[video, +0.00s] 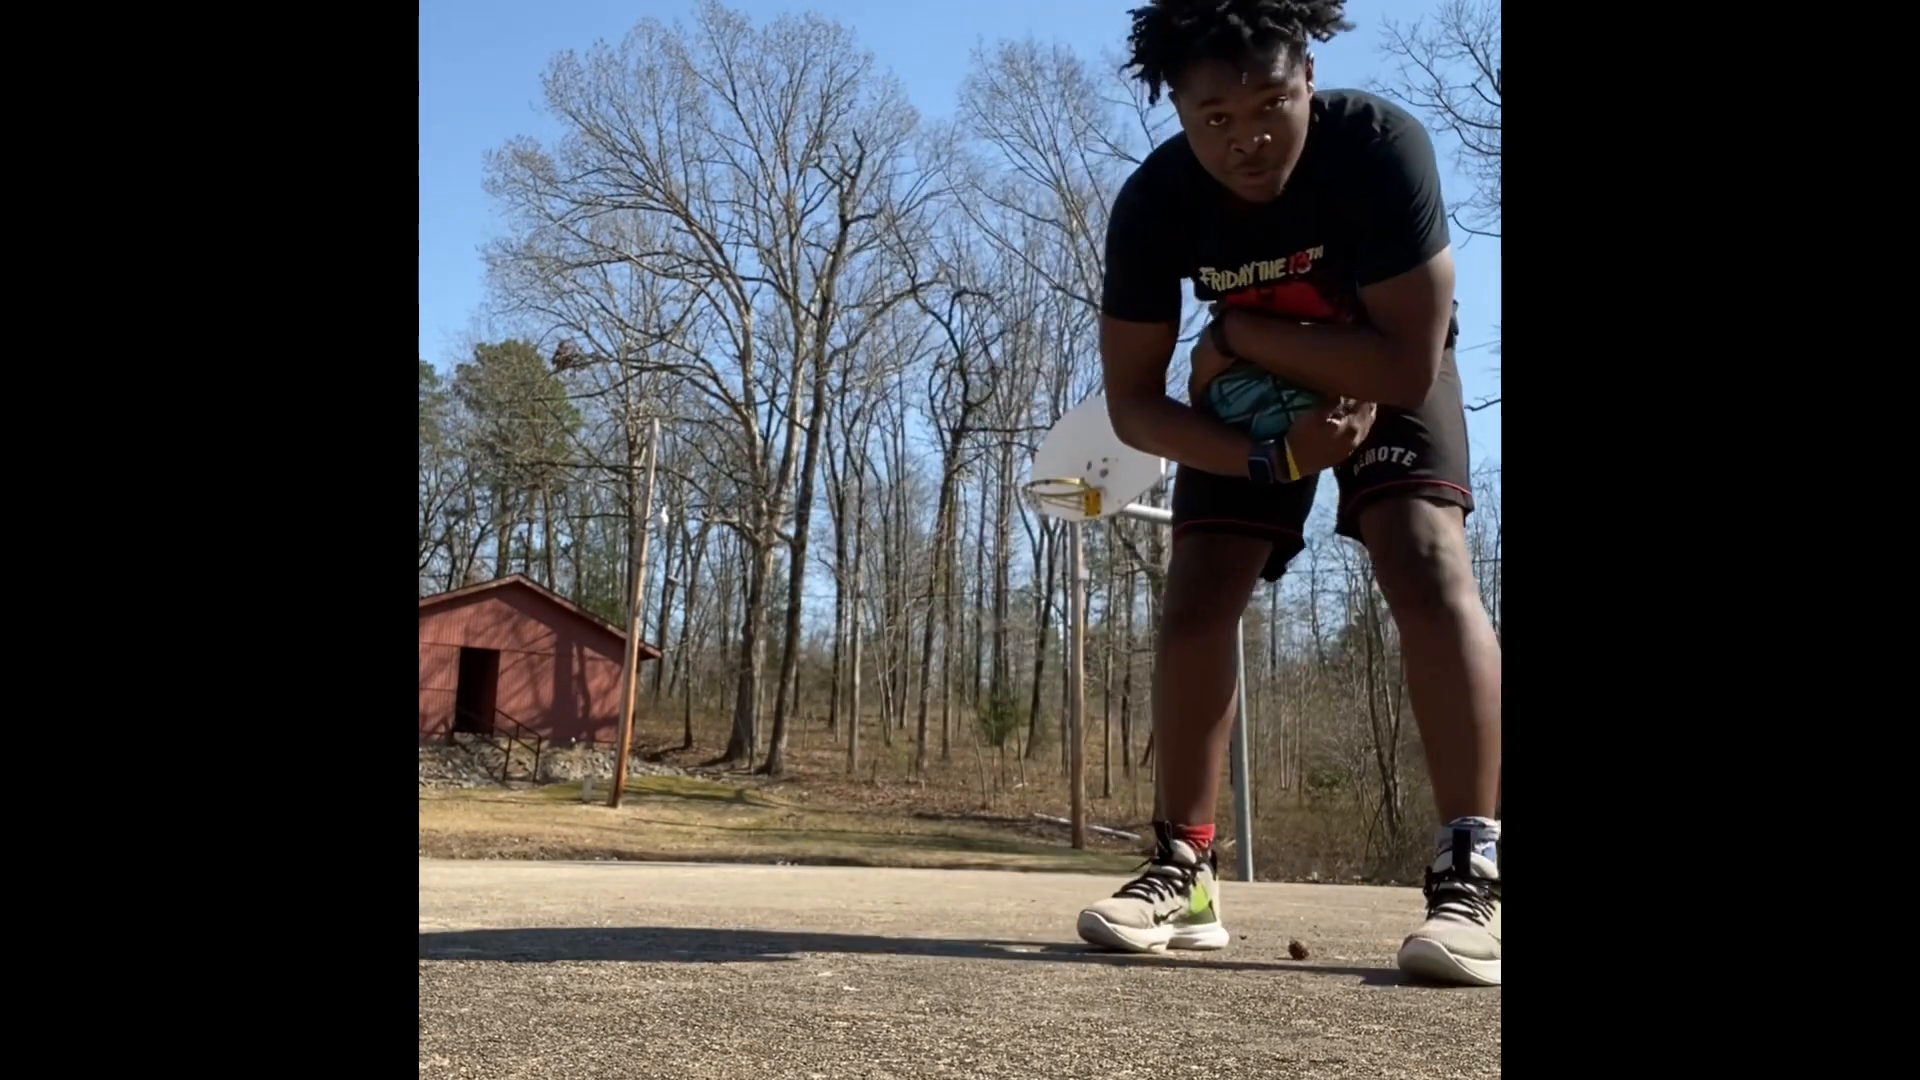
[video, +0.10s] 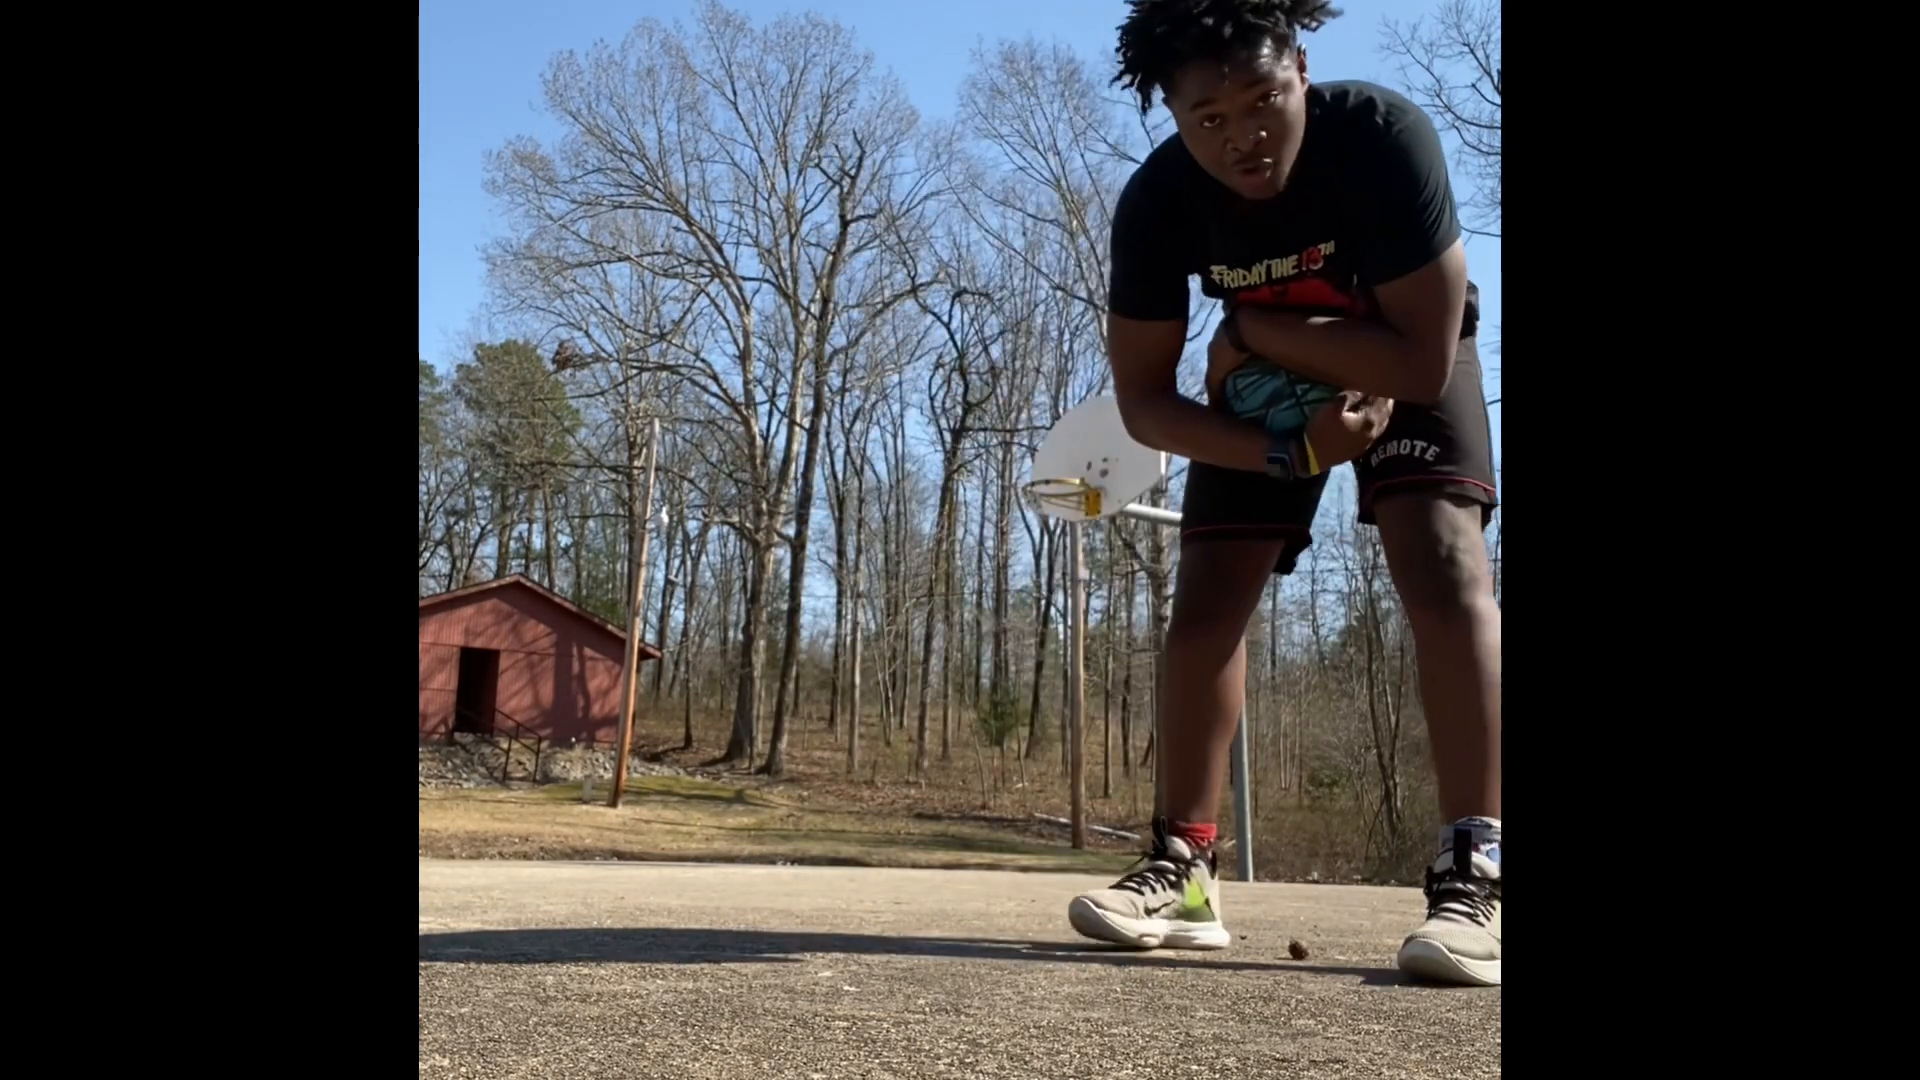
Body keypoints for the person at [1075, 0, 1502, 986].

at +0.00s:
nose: (1247, 141)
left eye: (1268, 108)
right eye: (1214, 118)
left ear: (1307, 75)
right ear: (1175, 105)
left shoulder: (1379, 148)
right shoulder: (1152, 202)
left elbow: (1406, 373)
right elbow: (1131, 406)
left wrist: (1233, 336)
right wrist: (1274, 456)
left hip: (1387, 366)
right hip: (1248, 379)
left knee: (1426, 563)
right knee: (1195, 600)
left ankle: (1470, 881)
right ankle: (1182, 876)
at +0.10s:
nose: (1243, 140)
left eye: (1261, 106)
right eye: (1209, 119)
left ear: (1300, 70)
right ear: (1171, 111)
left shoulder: (1385, 139)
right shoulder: (1156, 201)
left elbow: (1422, 363)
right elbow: (1143, 405)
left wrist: (1246, 343)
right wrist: (1292, 447)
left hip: (1403, 351)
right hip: (1262, 368)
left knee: (1441, 569)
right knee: (1206, 600)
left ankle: (1474, 884)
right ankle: (1181, 873)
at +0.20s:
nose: (1228, 136)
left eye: (1243, 99)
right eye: (1193, 118)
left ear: (1282, 62)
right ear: (1158, 113)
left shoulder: (1380, 137)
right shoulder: (1151, 206)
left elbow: (1417, 362)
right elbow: (1141, 404)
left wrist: (1244, 342)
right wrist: (1286, 452)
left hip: (1409, 334)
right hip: (1265, 361)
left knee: (1443, 563)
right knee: (1208, 592)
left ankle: (1473, 883)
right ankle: (1181, 872)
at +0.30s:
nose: (1208, 126)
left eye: (1219, 89)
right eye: (1172, 114)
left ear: (1256, 56)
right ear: (1142, 120)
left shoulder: (1363, 134)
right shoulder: (1139, 211)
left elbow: (1400, 362)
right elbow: (1133, 409)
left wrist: (1228, 333)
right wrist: (1272, 450)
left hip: (1400, 337)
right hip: (1258, 366)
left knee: (1442, 564)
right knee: (1202, 594)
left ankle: (1476, 880)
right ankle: (1179, 870)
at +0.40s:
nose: (1180, 138)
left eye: (1189, 101)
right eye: (1142, 127)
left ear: (1225, 66)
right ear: (1115, 136)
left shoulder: (1339, 138)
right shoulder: (1121, 221)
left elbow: (1386, 364)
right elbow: (1124, 417)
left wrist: (1218, 334)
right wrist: (1263, 456)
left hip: (1388, 337)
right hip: (1244, 363)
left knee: (1429, 568)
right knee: (1187, 591)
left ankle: (1472, 879)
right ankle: (1181, 874)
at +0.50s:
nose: (1152, 146)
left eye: (1161, 109)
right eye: (1116, 135)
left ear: (1200, 78)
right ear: (1091, 147)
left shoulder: (1319, 148)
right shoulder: (1104, 231)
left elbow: (1370, 369)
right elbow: (1112, 420)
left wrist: (1200, 334)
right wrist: (1247, 460)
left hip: (1374, 346)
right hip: (1229, 371)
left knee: (1416, 570)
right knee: (1173, 596)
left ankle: (1467, 879)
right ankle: (1178, 873)